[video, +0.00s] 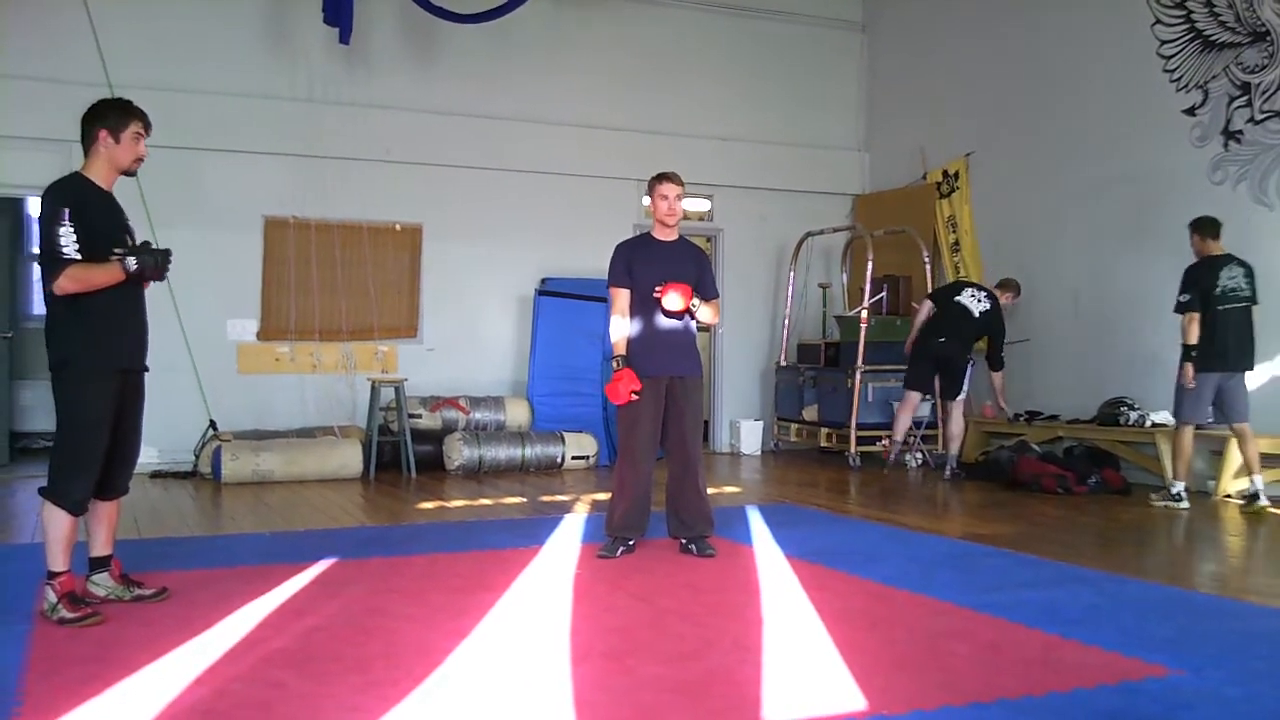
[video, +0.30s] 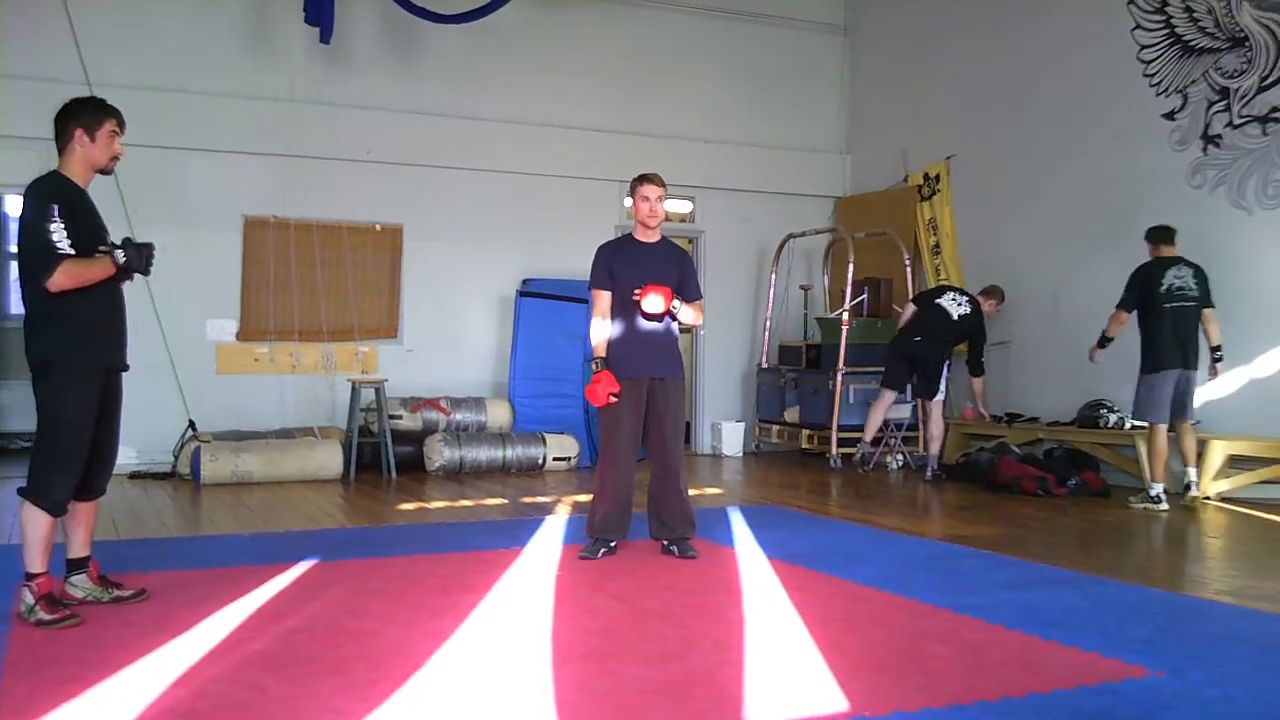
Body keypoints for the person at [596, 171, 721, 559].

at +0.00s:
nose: (671, 204)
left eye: (677, 198)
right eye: (664, 198)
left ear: (684, 204)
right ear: (650, 203)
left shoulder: (696, 255)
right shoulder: (628, 251)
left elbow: (713, 315)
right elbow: (619, 312)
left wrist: (691, 304)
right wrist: (620, 361)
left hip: (686, 369)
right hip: (642, 367)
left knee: (688, 452)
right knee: (635, 452)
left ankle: (692, 532)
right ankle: (624, 533)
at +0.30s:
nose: (652, 206)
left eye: (658, 199)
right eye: (645, 199)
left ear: (666, 206)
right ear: (631, 204)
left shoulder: (679, 257)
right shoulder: (609, 253)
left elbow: (696, 316)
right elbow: (600, 315)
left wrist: (672, 305)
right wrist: (600, 365)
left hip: (668, 370)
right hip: (622, 368)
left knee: (669, 454)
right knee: (616, 454)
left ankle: (674, 533)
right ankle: (606, 534)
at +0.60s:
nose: (634, 205)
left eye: (640, 199)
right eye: (627, 198)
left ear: (648, 205)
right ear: (613, 204)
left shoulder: (661, 257)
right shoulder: (591, 252)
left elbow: (677, 316)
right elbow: (581, 314)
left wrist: (653, 305)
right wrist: (580, 364)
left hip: (649, 370)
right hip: (603, 367)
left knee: (650, 453)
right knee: (596, 453)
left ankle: (654, 532)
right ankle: (586, 533)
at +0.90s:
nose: (629, 205)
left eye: (634, 199)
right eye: (622, 198)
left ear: (641, 205)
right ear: (607, 203)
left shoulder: (654, 257)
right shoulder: (585, 252)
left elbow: (670, 316)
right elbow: (575, 314)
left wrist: (648, 306)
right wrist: (575, 363)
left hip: (644, 369)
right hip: (599, 367)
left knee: (645, 453)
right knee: (592, 452)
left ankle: (650, 532)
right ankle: (581, 533)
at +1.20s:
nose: (680, 208)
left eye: (686, 202)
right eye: (673, 201)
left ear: (692, 208)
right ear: (658, 206)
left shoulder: (705, 259)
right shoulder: (636, 255)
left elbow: (722, 318)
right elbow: (627, 317)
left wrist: (699, 308)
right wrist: (627, 367)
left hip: (695, 372)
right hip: (650, 370)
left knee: (696, 457)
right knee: (643, 456)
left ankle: (701, 536)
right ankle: (632, 537)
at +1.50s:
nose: (680, 208)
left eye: (686, 202)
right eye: (673, 201)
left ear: (693, 208)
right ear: (659, 206)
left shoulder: (706, 259)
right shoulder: (636, 255)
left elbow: (722, 318)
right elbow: (627, 317)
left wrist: (699, 308)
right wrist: (627, 367)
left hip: (695, 373)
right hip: (650, 371)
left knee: (696, 457)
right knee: (643, 456)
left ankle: (700, 536)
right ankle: (632, 537)